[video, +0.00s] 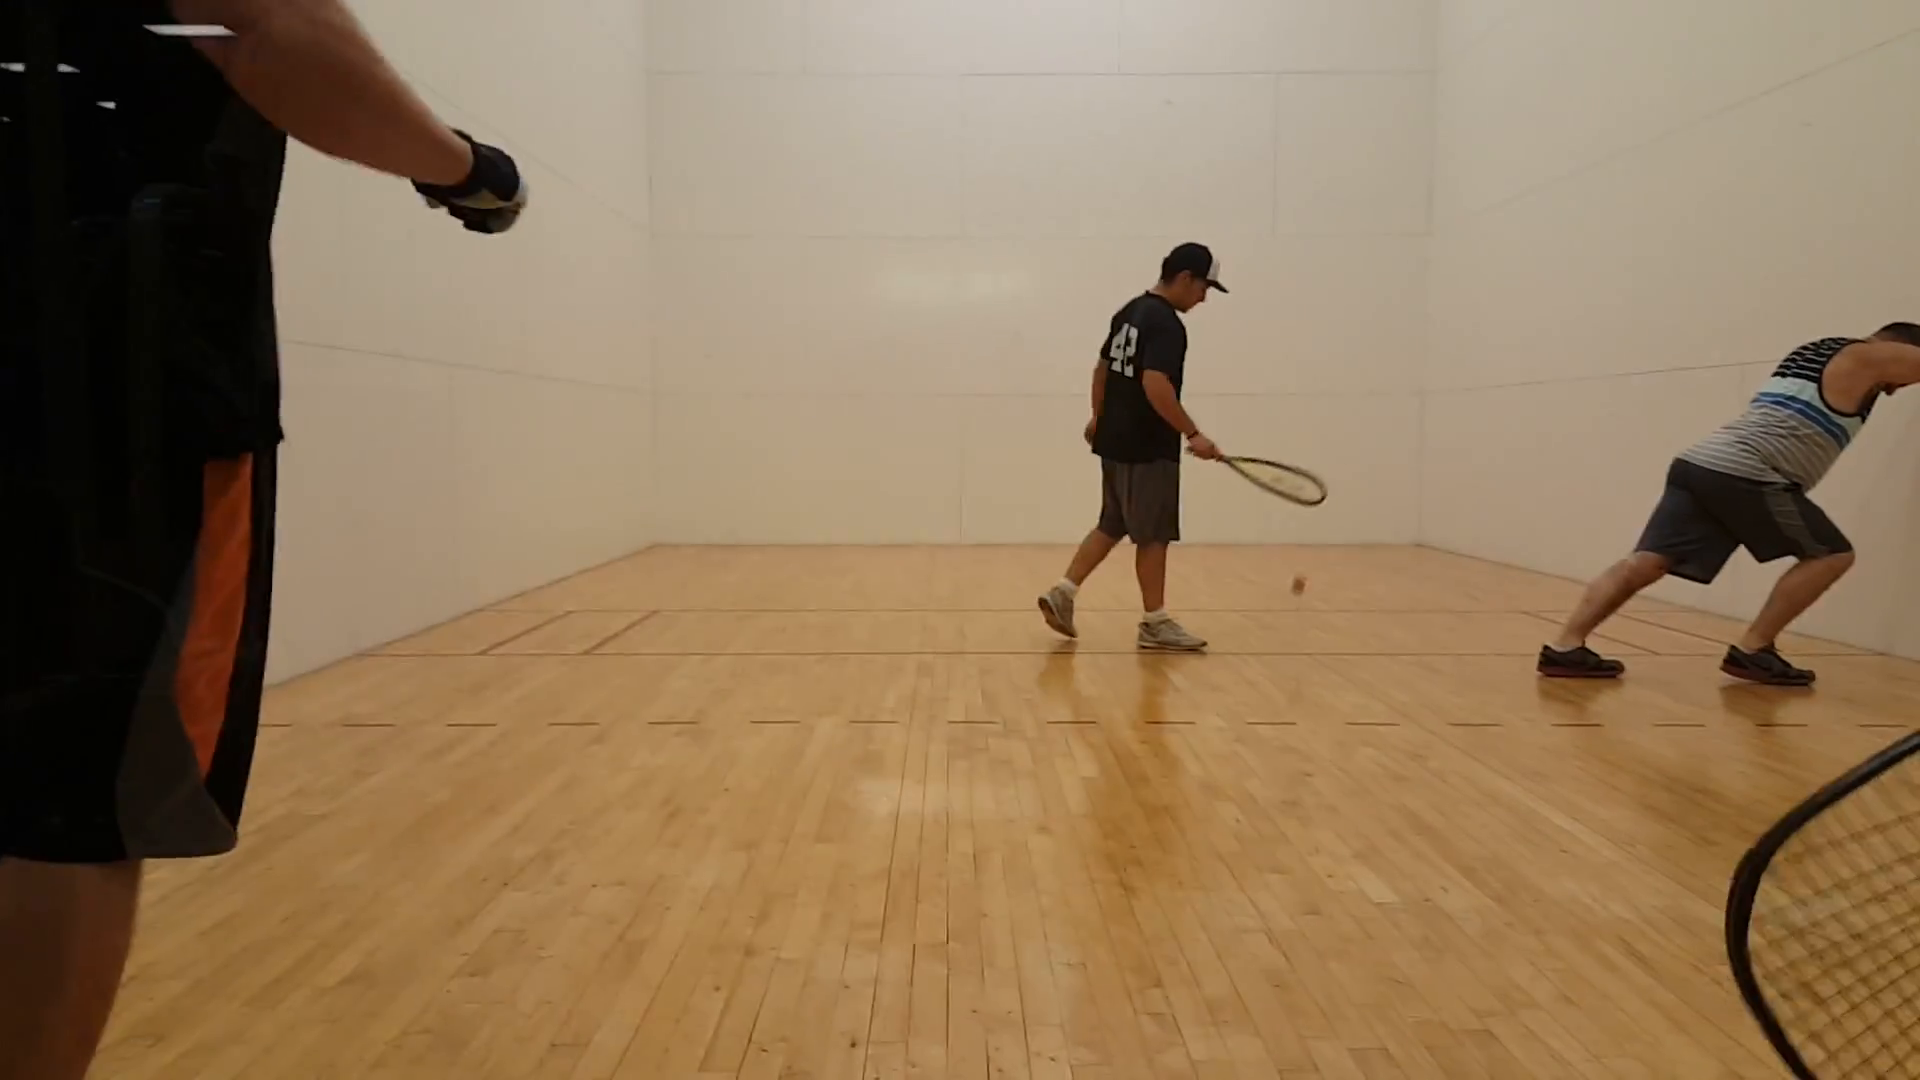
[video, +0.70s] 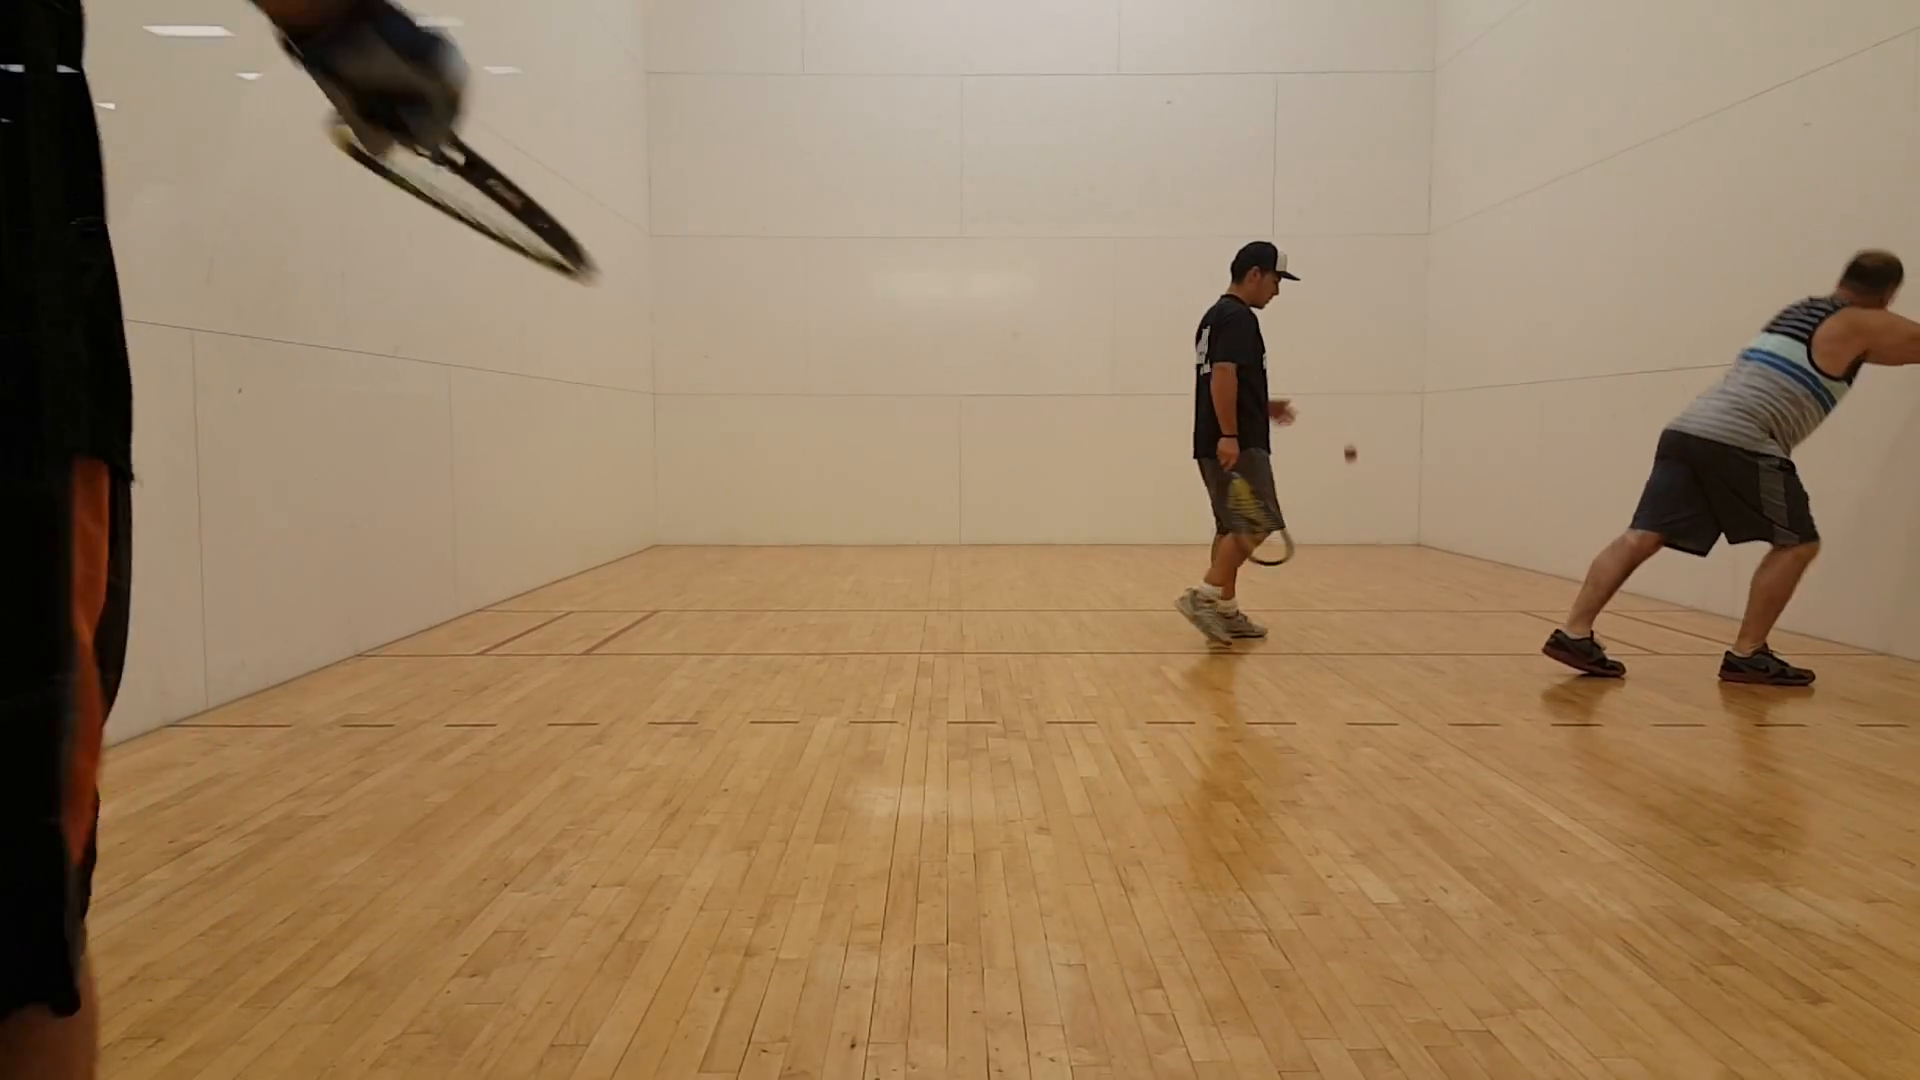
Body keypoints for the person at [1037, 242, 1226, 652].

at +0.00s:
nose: (1203, 297)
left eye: (1206, 289)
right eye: (1202, 287)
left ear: (1175, 278)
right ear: (1184, 279)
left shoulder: (1131, 310)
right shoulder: (1167, 324)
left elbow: (1102, 368)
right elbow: (1156, 384)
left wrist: (1098, 415)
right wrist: (1193, 433)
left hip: (1115, 442)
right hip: (1149, 448)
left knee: (1112, 522)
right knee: (1153, 533)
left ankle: (1064, 592)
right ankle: (1156, 620)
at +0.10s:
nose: (1217, 296)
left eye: (1220, 288)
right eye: (1217, 286)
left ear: (1186, 276)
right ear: (1198, 277)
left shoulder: (1139, 309)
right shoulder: (1183, 324)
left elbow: (1109, 367)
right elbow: (1189, 388)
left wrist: (1102, 416)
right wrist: (1240, 420)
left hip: (1126, 440)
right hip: (1158, 449)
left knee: (1136, 522)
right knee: (1158, 534)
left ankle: (1092, 588)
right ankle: (1156, 622)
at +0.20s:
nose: (1228, 294)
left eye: (1231, 287)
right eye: (1228, 285)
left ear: (1197, 275)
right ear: (1210, 276)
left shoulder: (1149, 310)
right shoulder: (1200, 325)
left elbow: (1119, 365)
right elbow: (1228, 383)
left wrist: (1118, 417)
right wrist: (1284, 402)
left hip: (1139, 440)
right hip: (1170, 446)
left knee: (1157, 526)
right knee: (1165, 532)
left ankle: (1136, 599)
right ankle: (1156, 621)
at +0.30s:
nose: (1239, 293)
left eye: (1242, 285)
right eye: (1238, 283)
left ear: (1209, 277)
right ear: (1219, 277)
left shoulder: (1160, 312)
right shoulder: (1216, 324)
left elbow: (1130, 371)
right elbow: (1253, 378)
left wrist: (1139, 419)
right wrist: (1306, 398)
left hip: (1153, 441)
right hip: (1182, 446)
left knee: (1180, 529)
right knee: (1168, 534)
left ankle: (1188, 608)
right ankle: (1156, 622)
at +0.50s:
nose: (1257, 297)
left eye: (1259, 289)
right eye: (1256, 288)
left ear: (1227, 280)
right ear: (1236, 280)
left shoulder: (1182, 321)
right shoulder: (1233, 328)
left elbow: (1162, 383)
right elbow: (1253, 391)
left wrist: (1187, 423)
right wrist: (1288, 437)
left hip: (1188, 448)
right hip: (1217, 451)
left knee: (1218, 531)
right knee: (1198, 533)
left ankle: (1224, 613)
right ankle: (1163, 616)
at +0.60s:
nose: (1267, 293)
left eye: (1269, 285)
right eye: (1265, 283)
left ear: (1236, 278)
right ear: (1245, 277)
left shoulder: (1196, 319)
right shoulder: (1238, 321)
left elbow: (1182, 382)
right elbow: (1236, 381)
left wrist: (1215, 415)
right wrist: (1253, 441)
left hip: (1202, 444)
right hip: (1225, 446)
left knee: (1226, 529)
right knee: (1227, 529)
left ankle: (1225, 613)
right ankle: (1179, 602)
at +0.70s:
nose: (1276, 291)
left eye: (1278, 283)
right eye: (1274, 281)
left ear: (1249, 275)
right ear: (1254, 275)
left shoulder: (1220, 314)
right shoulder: (1236, 317)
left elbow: (1226, 381)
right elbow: (1222, 375)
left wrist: (1265, 407)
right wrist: (1228, 435)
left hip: (1220, 443)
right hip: (1239, 444)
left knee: (1232, 526)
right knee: (1257, 522)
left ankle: (1225, 609)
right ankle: (1204, 596)